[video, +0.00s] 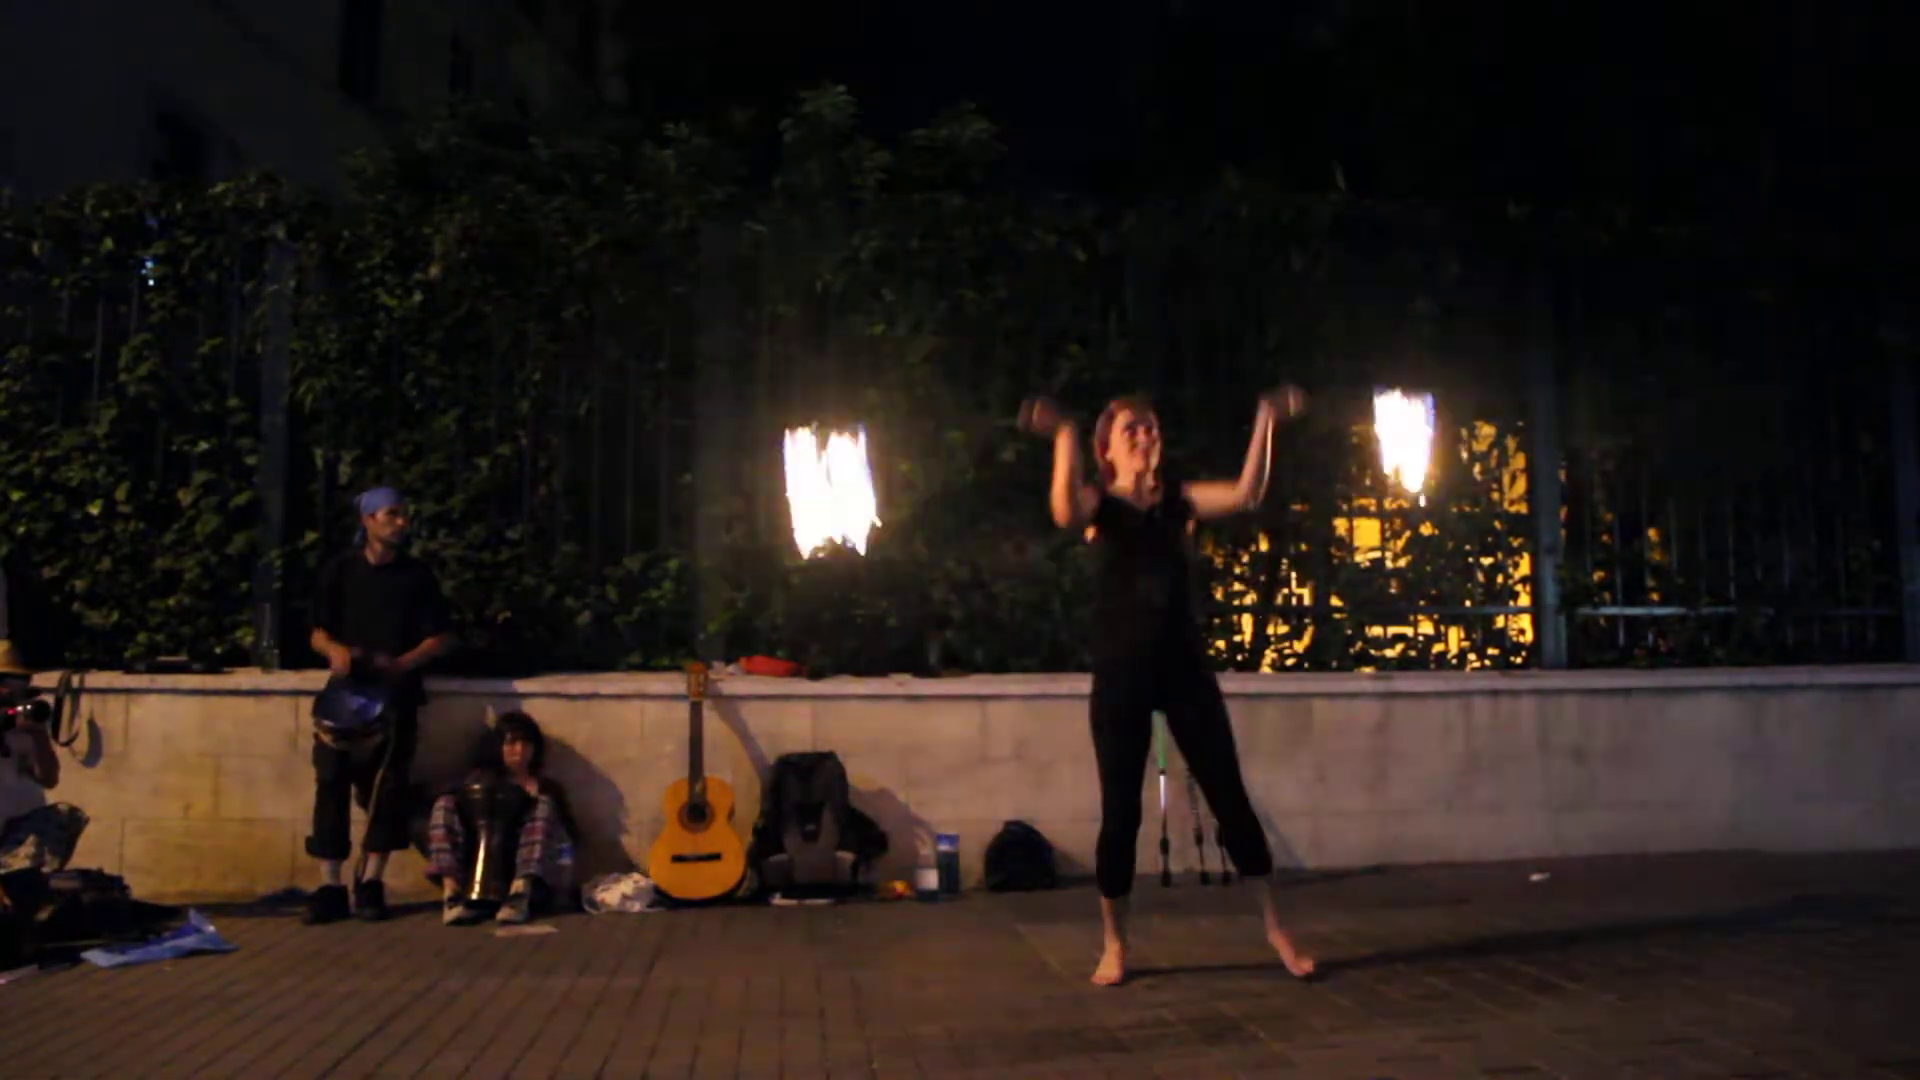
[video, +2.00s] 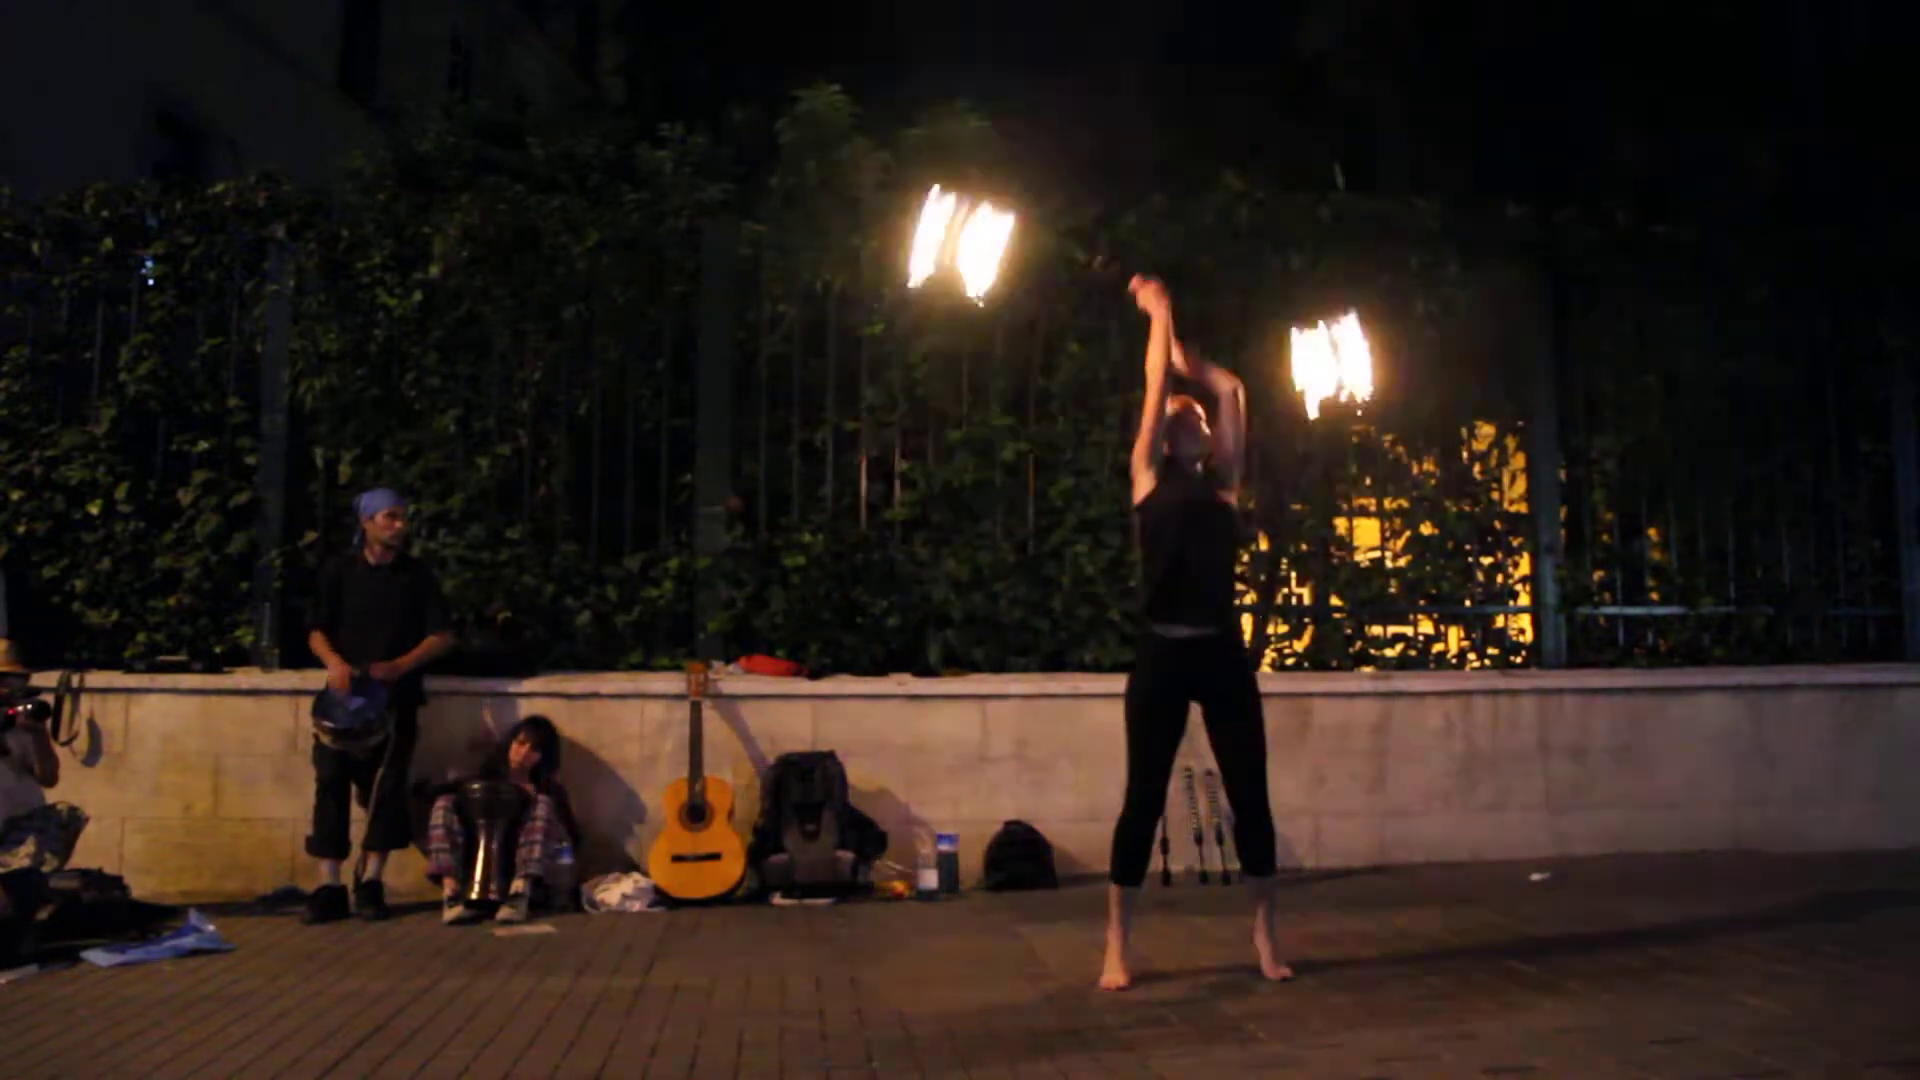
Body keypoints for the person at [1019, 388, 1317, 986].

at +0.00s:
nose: (1146, 433)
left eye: (1150, 426)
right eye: (1133, 427)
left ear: (1161, 439)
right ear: (1106, 445)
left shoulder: (1178, 499)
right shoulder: (1098, 502)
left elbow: (1245, 494)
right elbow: (1065, 514)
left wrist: (1264, 424)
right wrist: (1065, 437)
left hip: (1184, 670)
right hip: (1120, 675)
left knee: (1230, 798)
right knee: (1119, 813)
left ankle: (1276, 928)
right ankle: (1113, 945)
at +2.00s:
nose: (1185, 414)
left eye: (1195, 410)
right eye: (1173, 410)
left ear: (1210, 430)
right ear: (1161, 432)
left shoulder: (1224, 482)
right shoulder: (1148, 477)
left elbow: (1232, 389)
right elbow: (1158, 388)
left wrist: (1186, 361)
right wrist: (1159, 312)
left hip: (1223, 654)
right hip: (1161, 655)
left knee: (1251, 797)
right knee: (1143, 799)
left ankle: (1265, 936)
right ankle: (1116, 943)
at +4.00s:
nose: (1143, 436)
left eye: (1150, 428)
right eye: (1132, 429)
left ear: (1167, 439)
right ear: (1117, 443)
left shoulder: (1182, 488)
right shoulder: (1105, 486)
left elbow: (1188, 392)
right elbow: (1087, 406)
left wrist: (1145, 375)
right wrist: (1079, 346)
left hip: (1182, 657)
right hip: (1119, 660)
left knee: (1217, 795)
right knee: (1114, 801)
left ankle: (1249, 934)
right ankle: (1102, 939)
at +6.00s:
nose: (1151, 438)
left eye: (1161, 428)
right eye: (1140, 430)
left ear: (1177, 439)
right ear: (1125, 442)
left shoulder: (1191, 497)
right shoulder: (1114, 495)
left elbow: (1192, 417)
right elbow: (1108, 435)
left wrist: (1150, 397)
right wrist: (1112, 383)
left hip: (1186, 665)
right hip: (1121, 669)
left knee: (1222, 804)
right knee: (1119, 814)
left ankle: (1244, 934)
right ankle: (1111, 953)